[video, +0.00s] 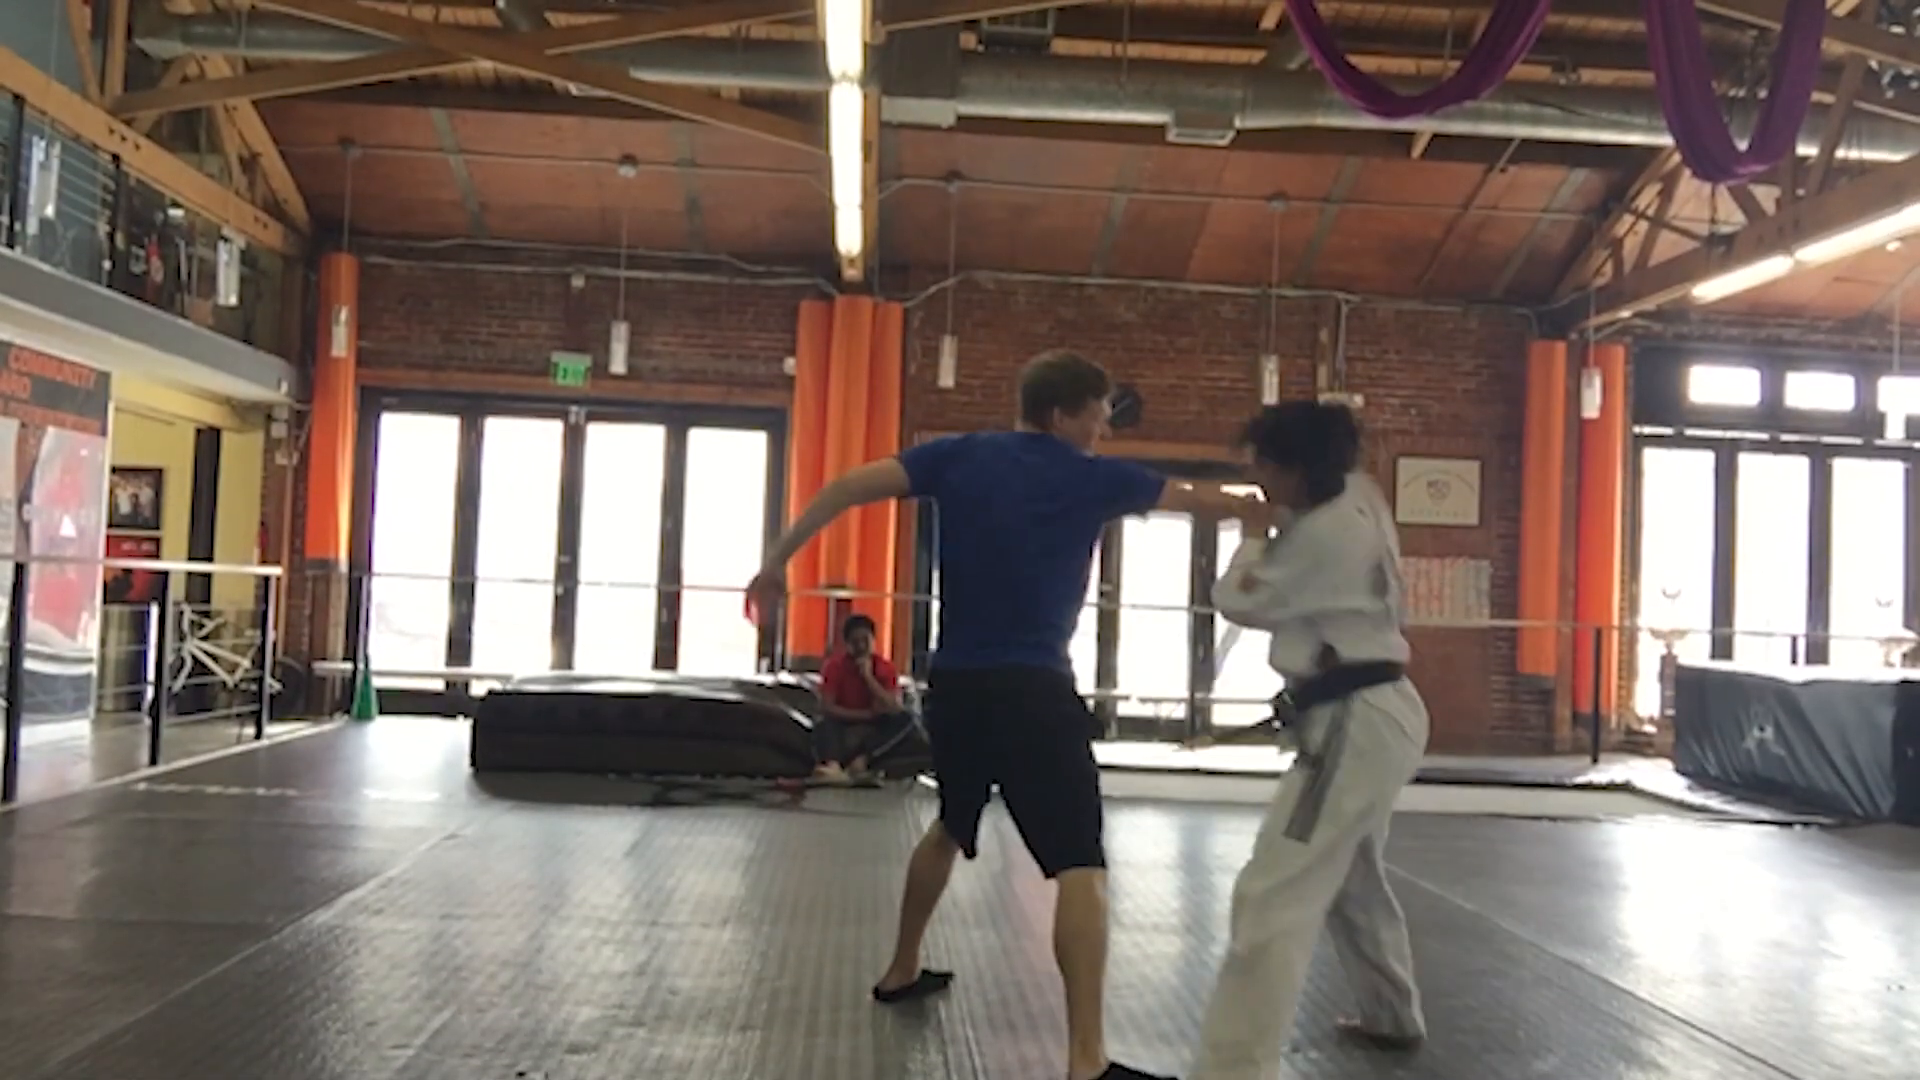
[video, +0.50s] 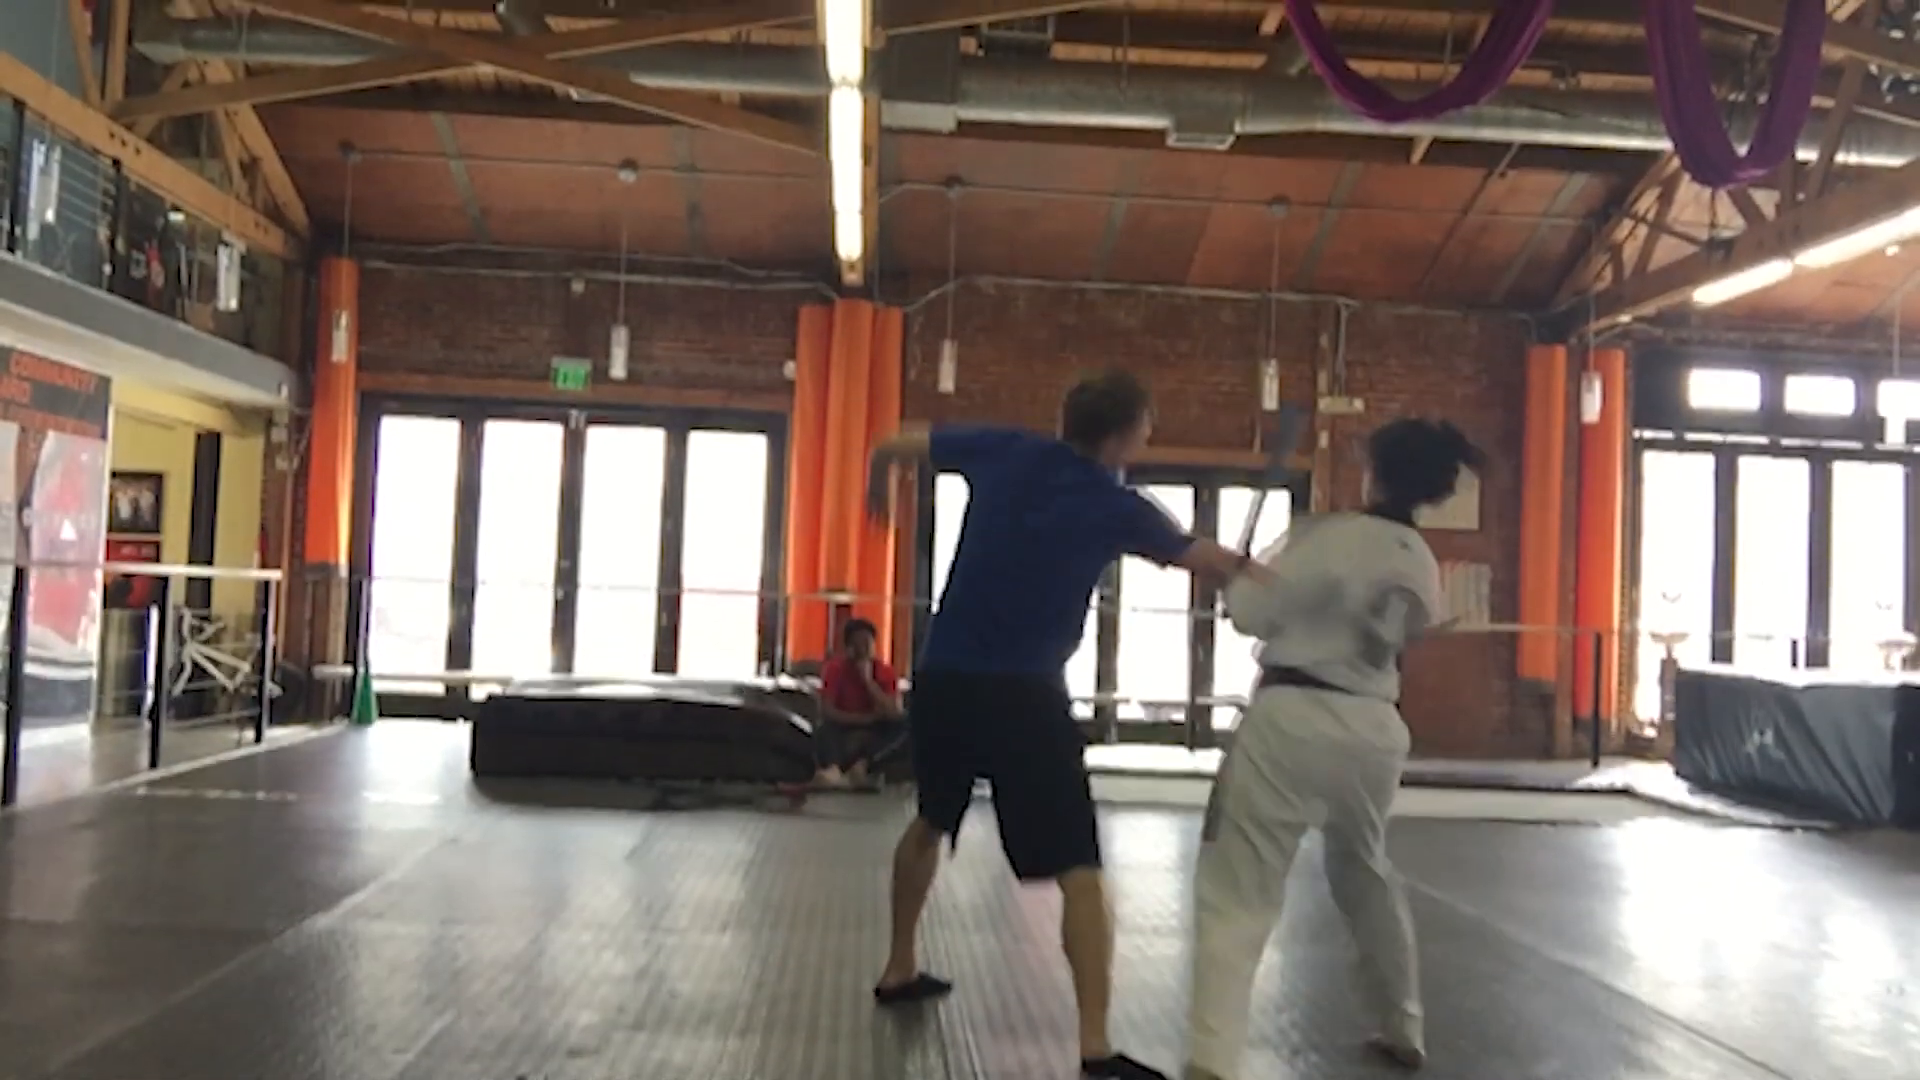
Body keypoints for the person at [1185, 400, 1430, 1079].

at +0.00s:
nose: (1258, 479)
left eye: (1265, 468)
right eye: (1258, 467)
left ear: (1298, 470)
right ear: (1321, 464)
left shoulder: (1326, 532)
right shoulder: (1357, 498)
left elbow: (1236, 597)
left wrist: (1256, 533)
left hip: (1359, 721)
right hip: (1377, 709)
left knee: (1270, 897)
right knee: (1351, 874)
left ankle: (1232, 1068)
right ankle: (1393, 1018)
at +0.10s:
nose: (1277, 504)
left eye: (1286, 492)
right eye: (1276, 492)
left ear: (1324, 496)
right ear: (1316, 498)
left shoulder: (1363, 557)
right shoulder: (1309, 546)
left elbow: (1275, 622)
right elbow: (1240, 594)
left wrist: (1242, 574)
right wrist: (1201, 652)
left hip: (1395, 747)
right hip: (1359, 744)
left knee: (1288, 899)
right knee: (1351, 898)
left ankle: (1257, 1069)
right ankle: (1396, 1024)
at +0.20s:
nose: (1289, 504)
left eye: (1301, 494)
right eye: (1292, 492)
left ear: (1338, 507)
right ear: (1331, 508)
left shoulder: (1382, 574)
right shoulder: (1315, 574)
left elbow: (1342, 664)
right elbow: (1278, 653)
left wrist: (1251, 654)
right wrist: (1227, 683)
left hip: (1400, 763)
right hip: (1349, 759)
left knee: (1292, 905)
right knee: (1320, 897)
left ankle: (1278, 1068)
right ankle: (1391, 1023)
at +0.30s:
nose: (1299, 503)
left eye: (1315, 493)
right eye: (1302, 492)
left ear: (1354, 508)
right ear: (1324, 510)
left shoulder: (1393, 585)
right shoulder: (1304, 591)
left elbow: (1363, 680)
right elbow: (1280, 687)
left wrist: (1279, 653)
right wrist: (1247, 656)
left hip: (1386, 772)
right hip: (1329, 769)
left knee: (1262, 904)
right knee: (1306, 912)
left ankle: (1268, 1070)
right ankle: (1388, 1024)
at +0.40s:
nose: (1334, 489)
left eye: (1346, 478)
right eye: (1339, 476)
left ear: (1373, 494)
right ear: (1388, 497)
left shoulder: (1391, 575)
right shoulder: (1358, 561)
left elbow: (1317, 651)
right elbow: (1312, 638)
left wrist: (1267, 609)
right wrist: (1257, 618)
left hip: (1356, 757)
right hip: (1345, 750)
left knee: (1226, 914)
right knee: (1326, 904)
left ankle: (1255, 1071)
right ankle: (1390, 1026)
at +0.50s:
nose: (1359, 474)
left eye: (1366, 464)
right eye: (1369, 464)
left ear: (1374, 476)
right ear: (1429, 489)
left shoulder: (1324, 537)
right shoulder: (1420, 562)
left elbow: (1253, 612)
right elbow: (1371, 626)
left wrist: (1231, 570)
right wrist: (1270, 573)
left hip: (1289, 721)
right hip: (1374, 727)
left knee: (1236, 895)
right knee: (1366, 867)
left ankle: (1213, 1062)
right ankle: (1404, 1030)